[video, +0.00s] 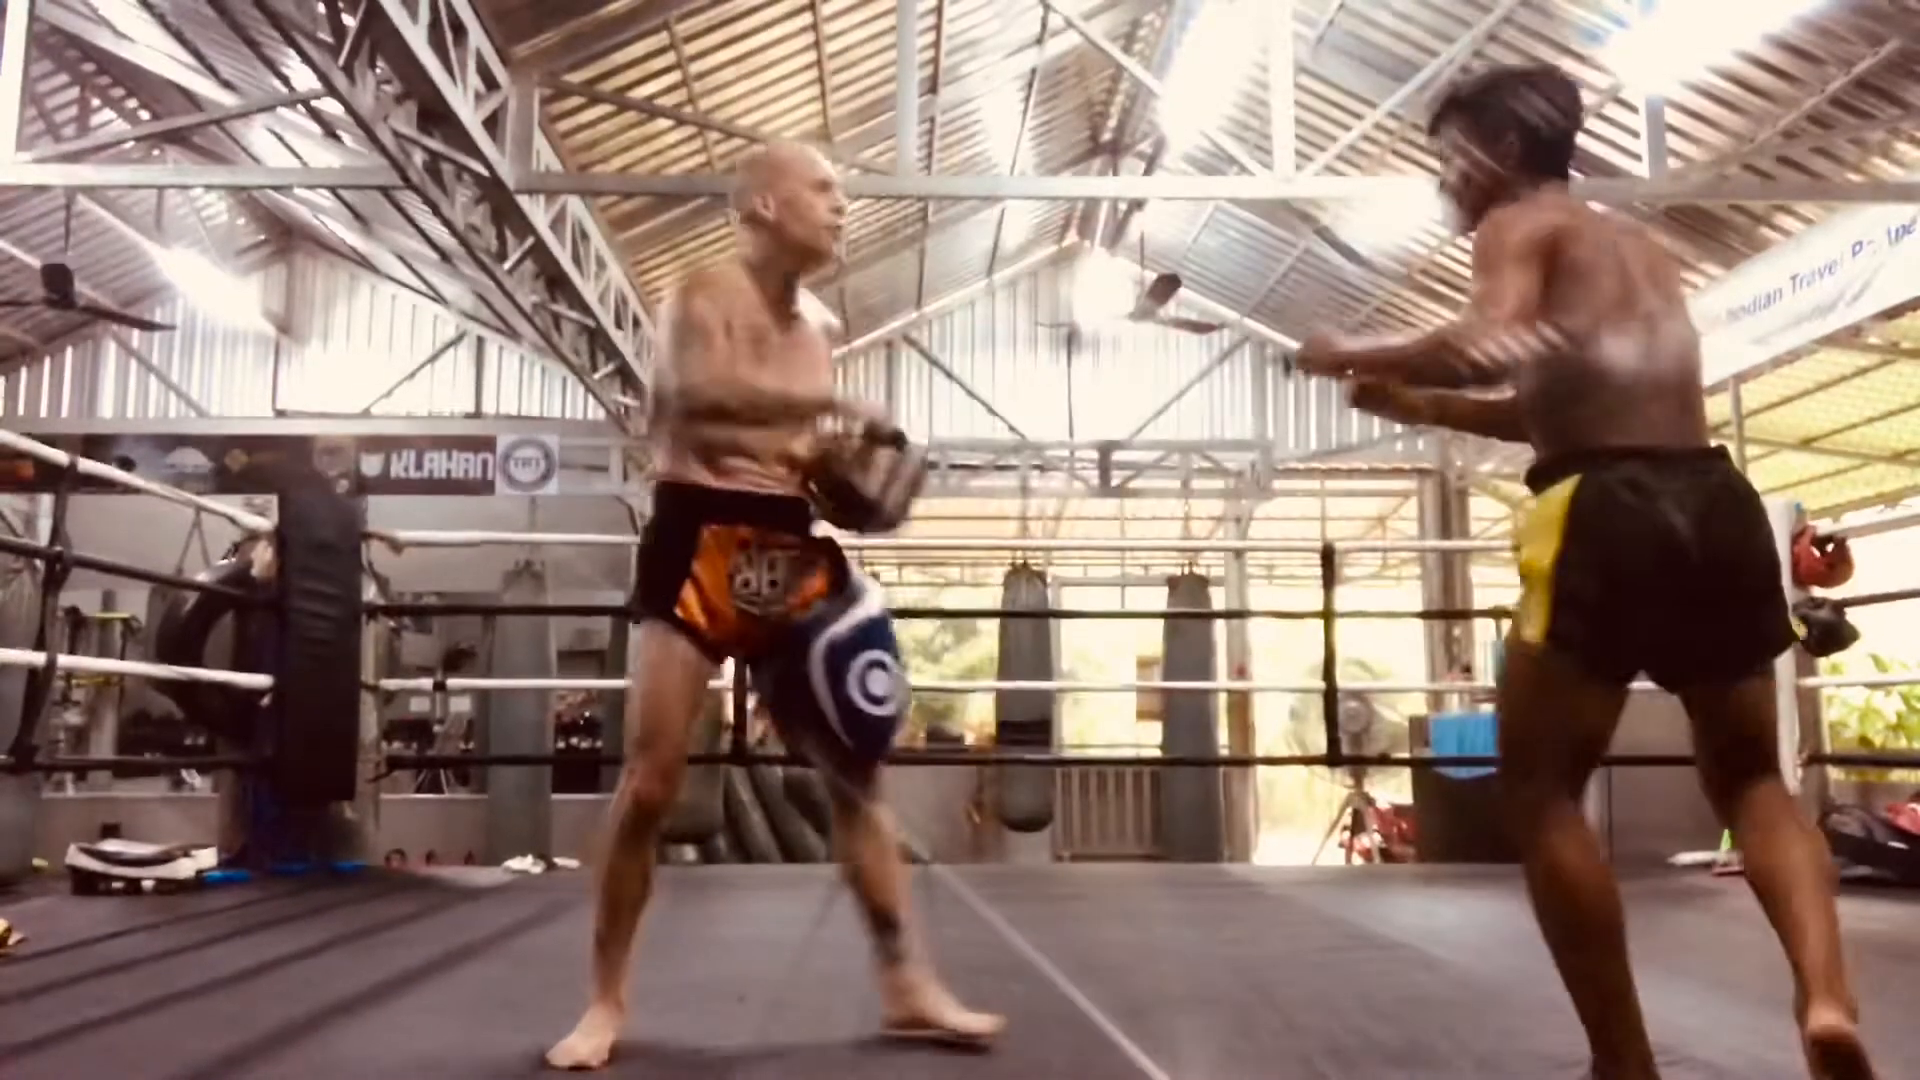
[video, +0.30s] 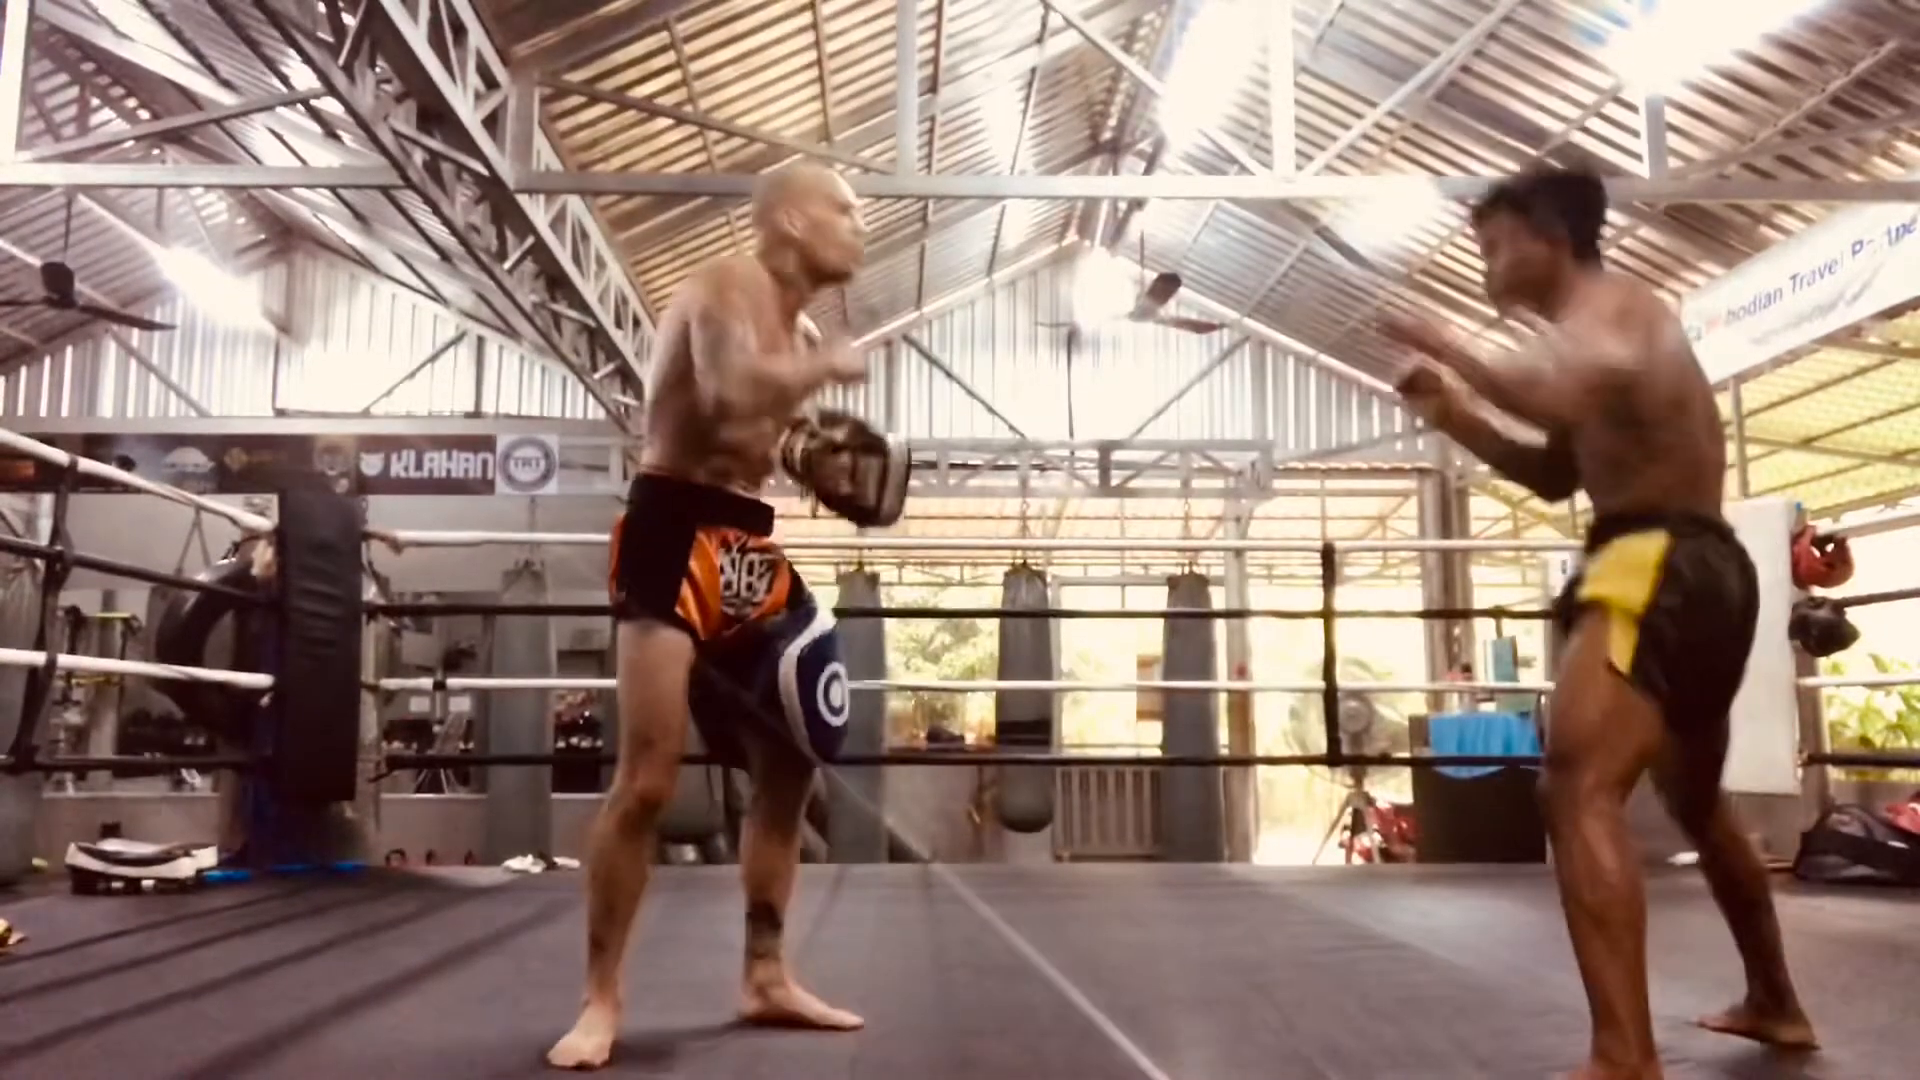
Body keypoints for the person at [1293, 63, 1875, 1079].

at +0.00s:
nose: (1446, 185)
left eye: (1452, 161)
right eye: (1441, 163)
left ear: (1502, 150)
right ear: (1552, 153)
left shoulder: (1520, 225)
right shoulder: (1643, 243)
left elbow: (1499, 346)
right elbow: (1548, 409)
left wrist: (1351, 353)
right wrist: (1407, 397)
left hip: (1596, 516)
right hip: (1715, 510)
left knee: (1543, 794)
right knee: (1749, 771)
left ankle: (1624, 1062)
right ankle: (1827, 1000)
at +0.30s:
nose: (1481, 264)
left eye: (1491, 243)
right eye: (1481, 245)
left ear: (1545, 238)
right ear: (1554, 244)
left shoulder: (1607, 299)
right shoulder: (1589, 332)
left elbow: (1568, 393)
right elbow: (1554, 474)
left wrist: (1451, 344)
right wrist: (1450, 411)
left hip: (1655, 559)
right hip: (1702, 561)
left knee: (1578, 791)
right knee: (1700, 799)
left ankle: (1623, 1053)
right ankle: (1777, 1002)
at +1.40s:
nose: (1430, 293)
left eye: (1441, 274)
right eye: (1427, 278)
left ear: (1493, 269)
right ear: (1490, 277)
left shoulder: (1543, 326)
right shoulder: (1519, 356)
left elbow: (1473, 406)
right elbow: (1447, 464)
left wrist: (1380, 357)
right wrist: (1350, 447)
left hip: (1608, 560)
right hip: (1619, 564)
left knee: (1518, 763)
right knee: (1653, 781)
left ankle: (1557, 1007)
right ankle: (1778, 966)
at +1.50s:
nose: (1427, 294)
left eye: (1437, 277)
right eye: (1426, 280)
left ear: (1487, 277)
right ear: (1479, 282)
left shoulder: (1541, 346)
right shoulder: (1489, 368)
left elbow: (1543, 477)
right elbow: (1389, 432)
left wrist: (1481, 414)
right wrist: (1404, 336)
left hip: (1586, 581)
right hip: (1572, 579)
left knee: (1468, 754)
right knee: (1670, 795)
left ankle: (1507, 987)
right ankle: (1785, 987)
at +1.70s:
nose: (1450, 267)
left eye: (1465, 253)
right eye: (1452, 253)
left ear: (1519, 257)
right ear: (1501, 260)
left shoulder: (1600, 343)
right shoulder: (1466, 347)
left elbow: (1701, 414)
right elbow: (1377, 399)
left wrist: (1737, 443)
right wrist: (1303, 403)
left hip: (1475, 570)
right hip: (1410, 558)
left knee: (1462, 793)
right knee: (1287, 641)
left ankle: (1515, 1000)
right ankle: (1359, 748)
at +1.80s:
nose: (1468, 284)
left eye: (1485, 268)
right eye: (1467, 268)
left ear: (1541, 274)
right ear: (1474, 271)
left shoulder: (1584, 375)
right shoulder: (1445, 359)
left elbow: (1633, 437)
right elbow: (1362, 430)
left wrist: (1572, 378)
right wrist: (1274, 472)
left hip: (1429, 580)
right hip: (1363, 516)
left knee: (1441, 775)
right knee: (1190, 461)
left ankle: (1482, 988)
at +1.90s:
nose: (1429, 293)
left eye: (1442, 280)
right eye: (1431, 278)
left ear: (1491, 286)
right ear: (1474, 285)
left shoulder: (1549, 368)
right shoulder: (1442, 361)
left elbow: (1493, 409)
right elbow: (1355, 429)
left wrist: (1394, 353)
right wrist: (1259, 457)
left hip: (1407, 576)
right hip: (1345, 520)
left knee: (1412, 782)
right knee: (1209, 439)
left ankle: (1471, 987)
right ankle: (1082, 414)